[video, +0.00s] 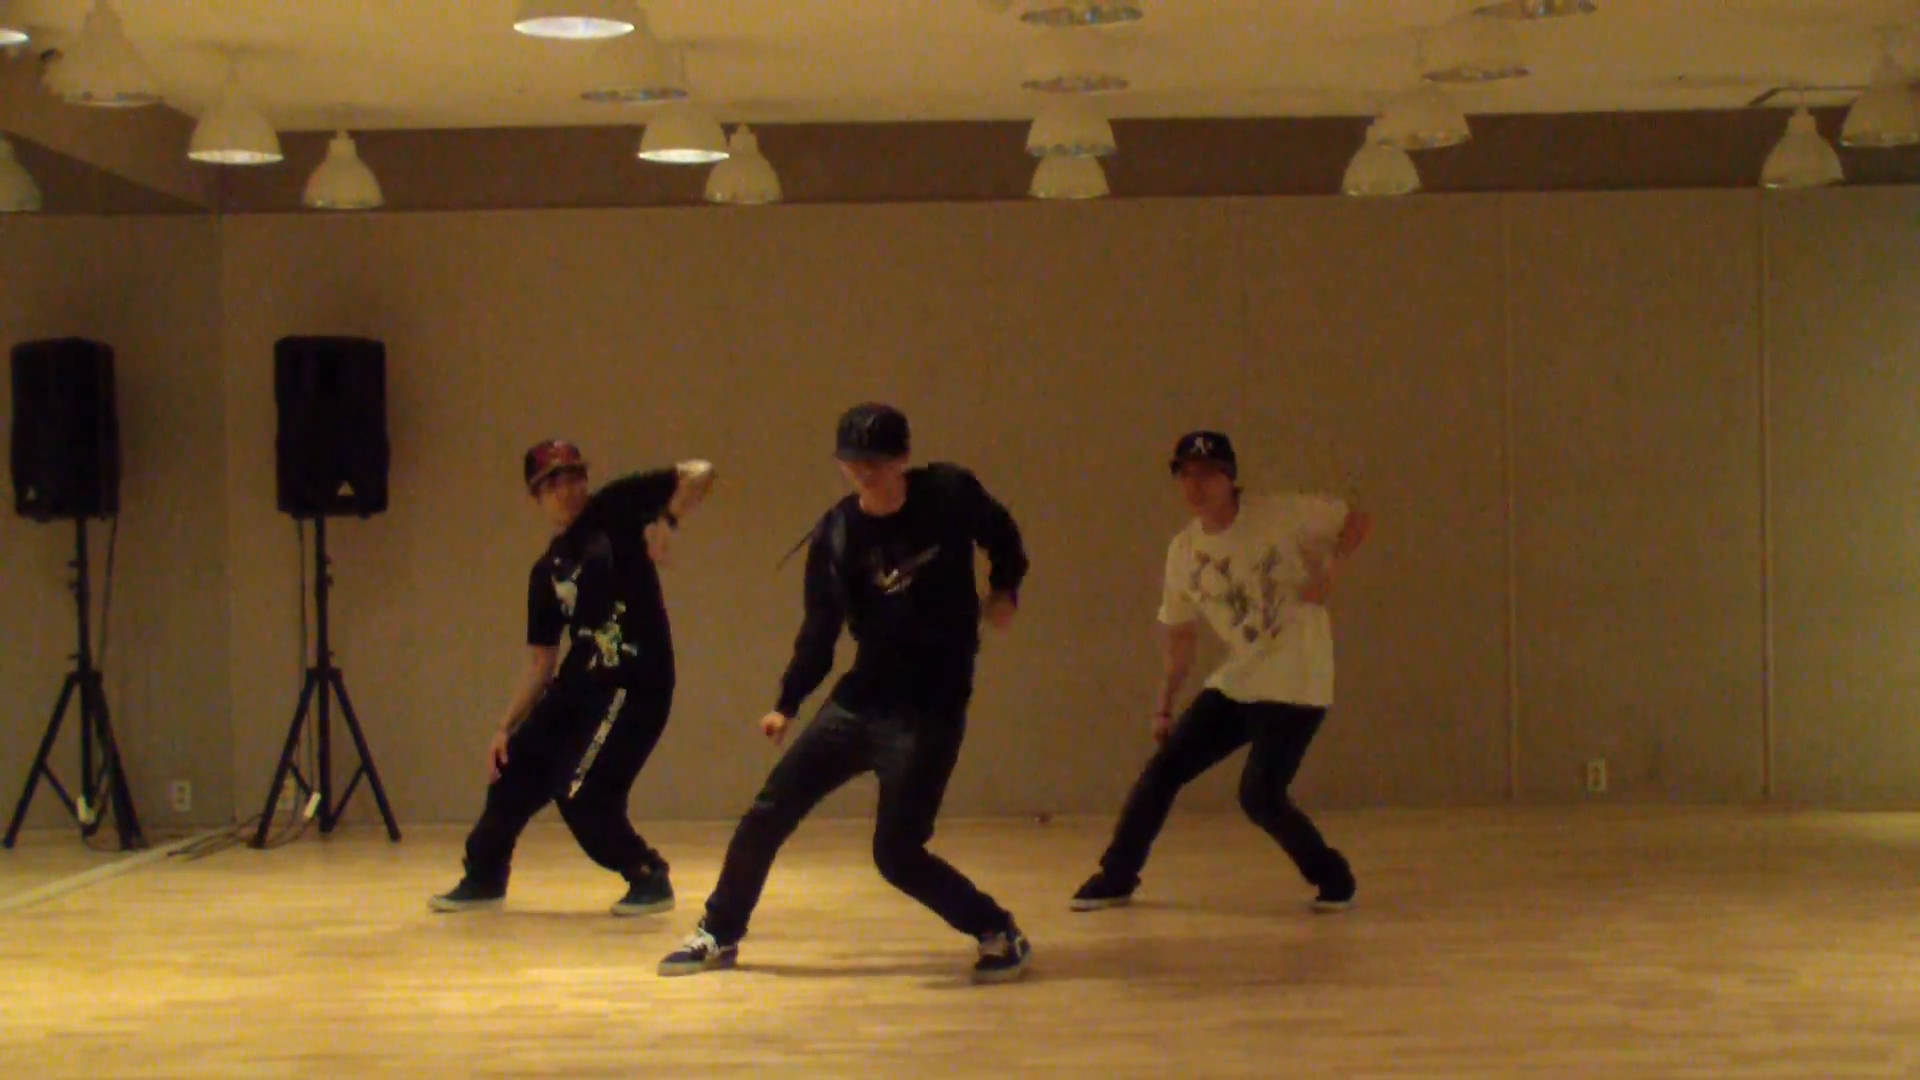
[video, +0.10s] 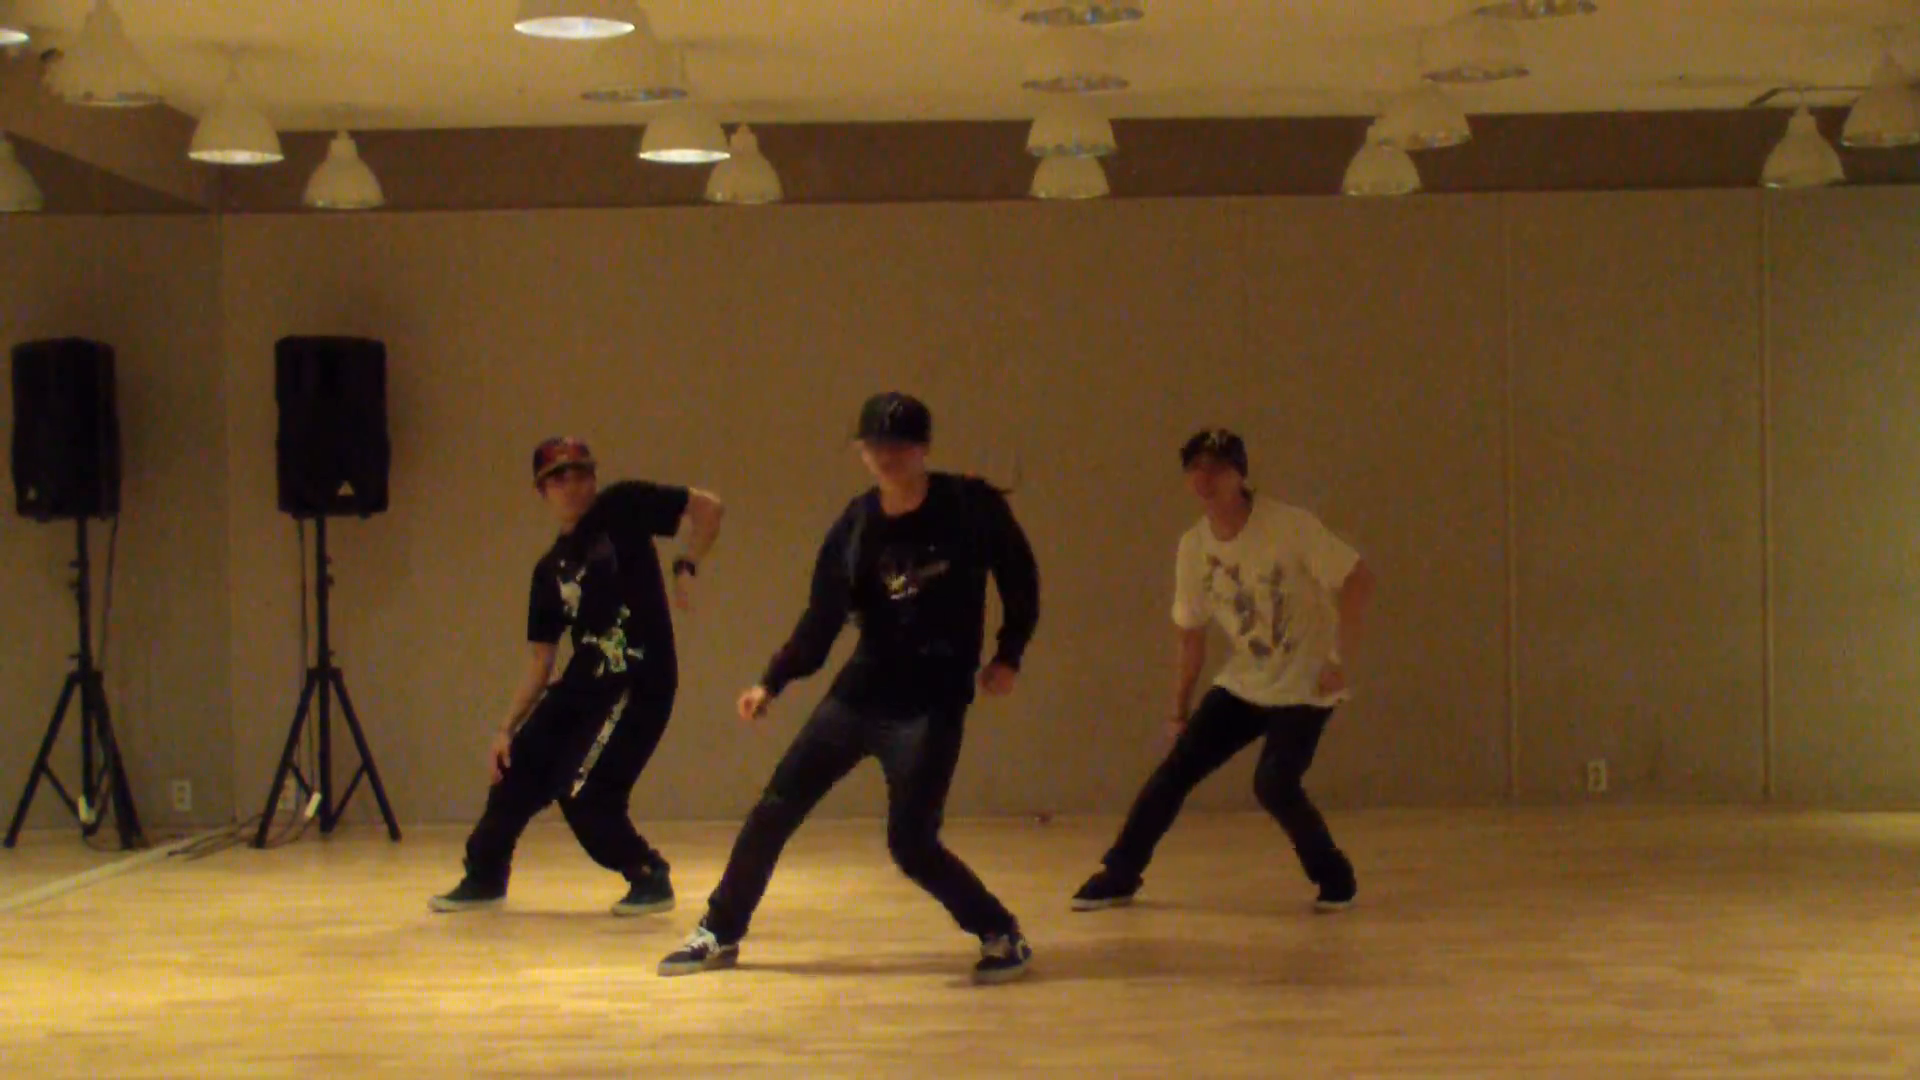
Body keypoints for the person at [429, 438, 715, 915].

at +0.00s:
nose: (567, 488)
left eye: (574, 476)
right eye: (554, 481)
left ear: (587, 480)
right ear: (537, 496)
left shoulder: (619, 505)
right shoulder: (547, 571)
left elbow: (700, 473)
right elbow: (541, 662)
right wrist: (505, 728)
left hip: (638, 680)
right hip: (581, 683)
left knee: (584, 792)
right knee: (520, 767)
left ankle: (648, 877)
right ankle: (484, 876)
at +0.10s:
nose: (573, 482)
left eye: (581, 471)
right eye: (559, 476)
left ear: (595, 477)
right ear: (542, 491)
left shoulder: (624, 505)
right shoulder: (551, 568)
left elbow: (708, 507)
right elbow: (541, 661)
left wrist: (687, 563)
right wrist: (507, 730)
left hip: (642, 678)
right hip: (585, 682)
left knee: (587, 794)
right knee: (521, 766)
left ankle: (648, 875)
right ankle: (485, 876)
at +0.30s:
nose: (591, 437)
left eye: (603, 426)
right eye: (582, 428)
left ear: (627, 434)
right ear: (574, 440)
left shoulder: (655, 490)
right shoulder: (565, 499)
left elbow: (696, 563)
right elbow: (490, 498)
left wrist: (709, 644)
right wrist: (412, 507)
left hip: (652, 646)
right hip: (601, 645)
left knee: (614, 766)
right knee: (546, 750)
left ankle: (651, 876)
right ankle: (572, 866)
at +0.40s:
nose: (593, 424)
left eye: (606, 415)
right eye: (588, 416)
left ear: (635, 430)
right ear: (581, 428)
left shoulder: (656, 490)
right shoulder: (572, 479)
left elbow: (695, 568)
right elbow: (527, 418)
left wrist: (704, 646)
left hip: (651, 650)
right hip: (599, 651)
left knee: (633, 766)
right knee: (575, 762)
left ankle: (650, 875)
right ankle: (639, 867)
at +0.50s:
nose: (603, 424)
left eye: (616, 415)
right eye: (600, 415)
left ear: (644, 428)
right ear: (594, 427)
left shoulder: (664, 491)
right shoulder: (587, 475)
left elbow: (698, 569)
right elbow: (541, 402)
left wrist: (703, 649)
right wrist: (515, 332)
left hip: (649, 652)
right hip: (600, 652)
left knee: (631, 764)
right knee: (587, 766)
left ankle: (652, 873)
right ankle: (642, 867)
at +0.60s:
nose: (610, 422)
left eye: (623, 413)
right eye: (607, 413)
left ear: (656, 427)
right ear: (608, 425)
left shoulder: (675, 491)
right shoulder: (598, 471)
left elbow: (700, 570)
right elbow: (541, 436)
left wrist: (705, 641)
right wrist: (533, 361)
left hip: (645, 646)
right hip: (598, 645)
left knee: (632, 765)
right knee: (588, 768)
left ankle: (655, 872)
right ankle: (643, 868)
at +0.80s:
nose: (630, 429)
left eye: (642, 420)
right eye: (627, 420)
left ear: (674, 428)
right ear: (626, 429)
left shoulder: (695, 495)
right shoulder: (613, 491)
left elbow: (707, 568)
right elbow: (578, 558)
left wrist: (714, 622)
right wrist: (577, 492)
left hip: (639, 635)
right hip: (590, 632)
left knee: (620, 760)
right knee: (585, 762)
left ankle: (653, 873)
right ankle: (639, 869)